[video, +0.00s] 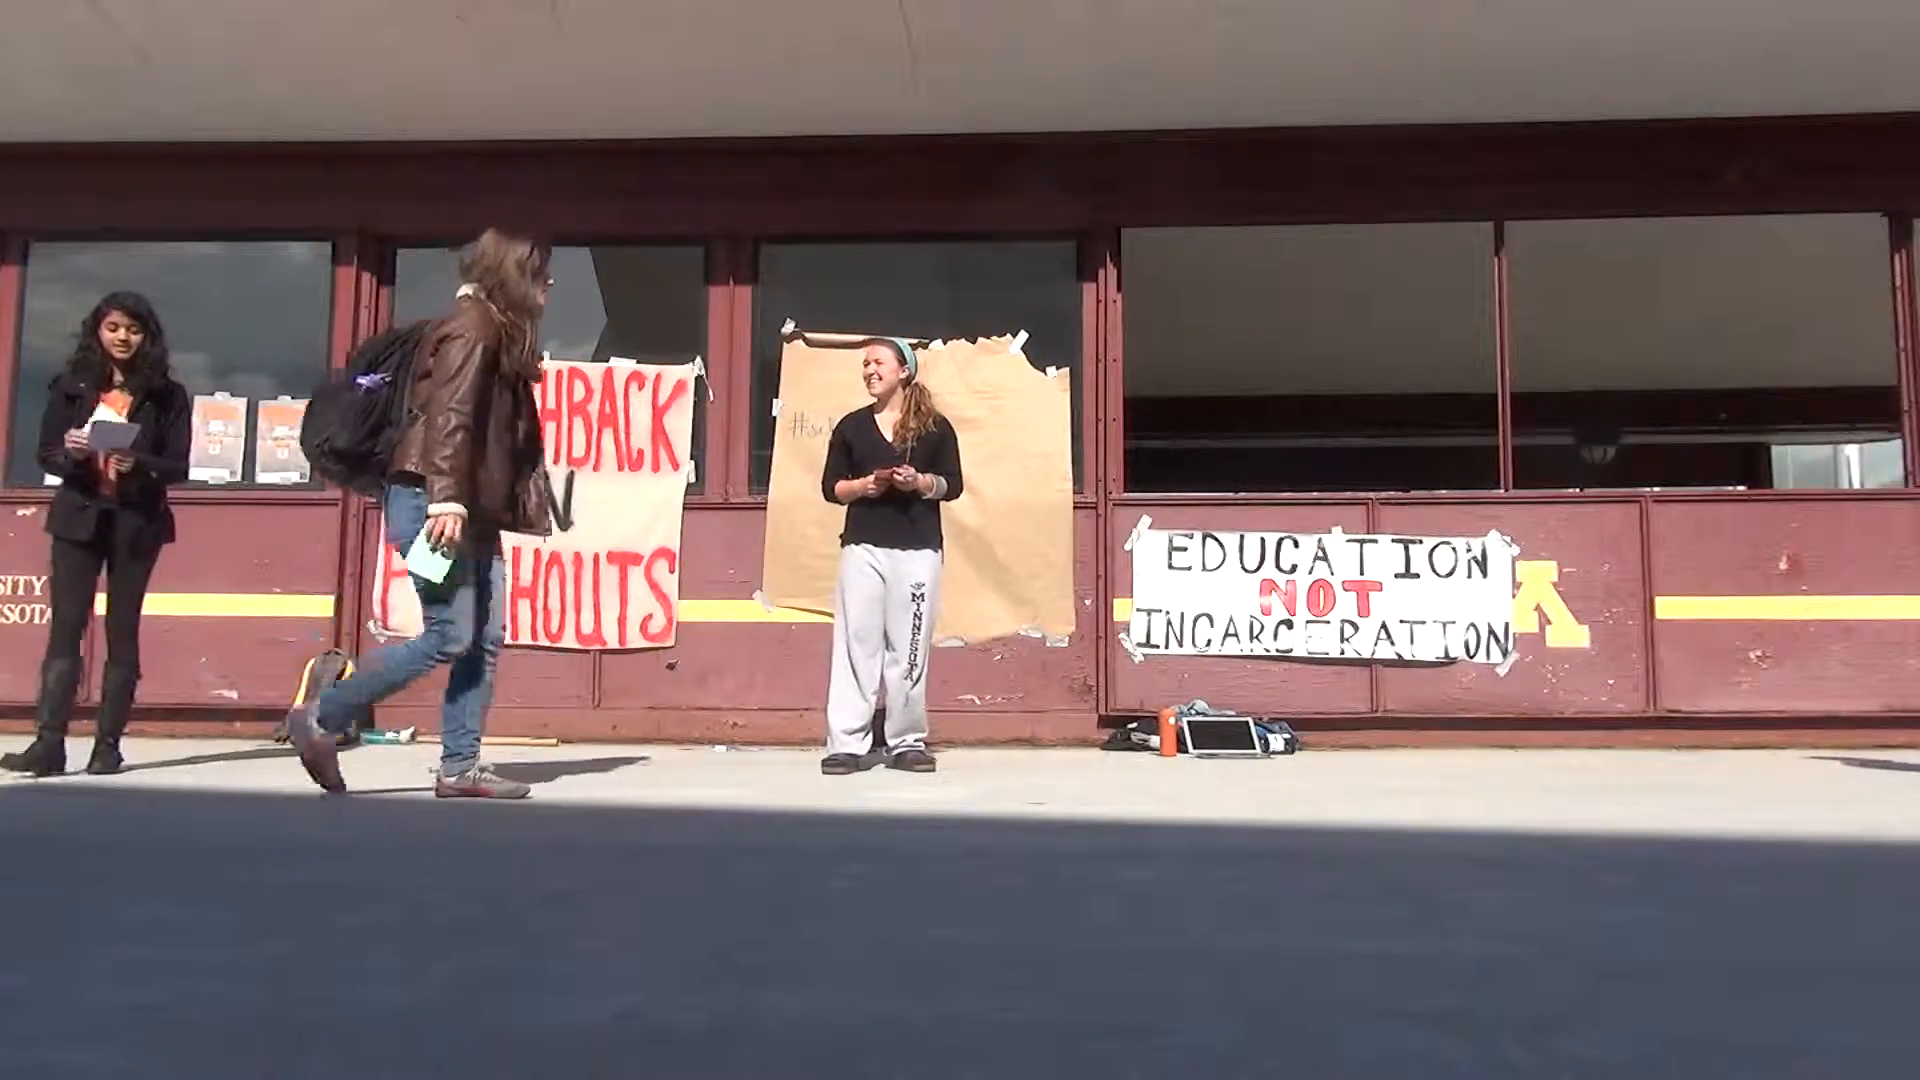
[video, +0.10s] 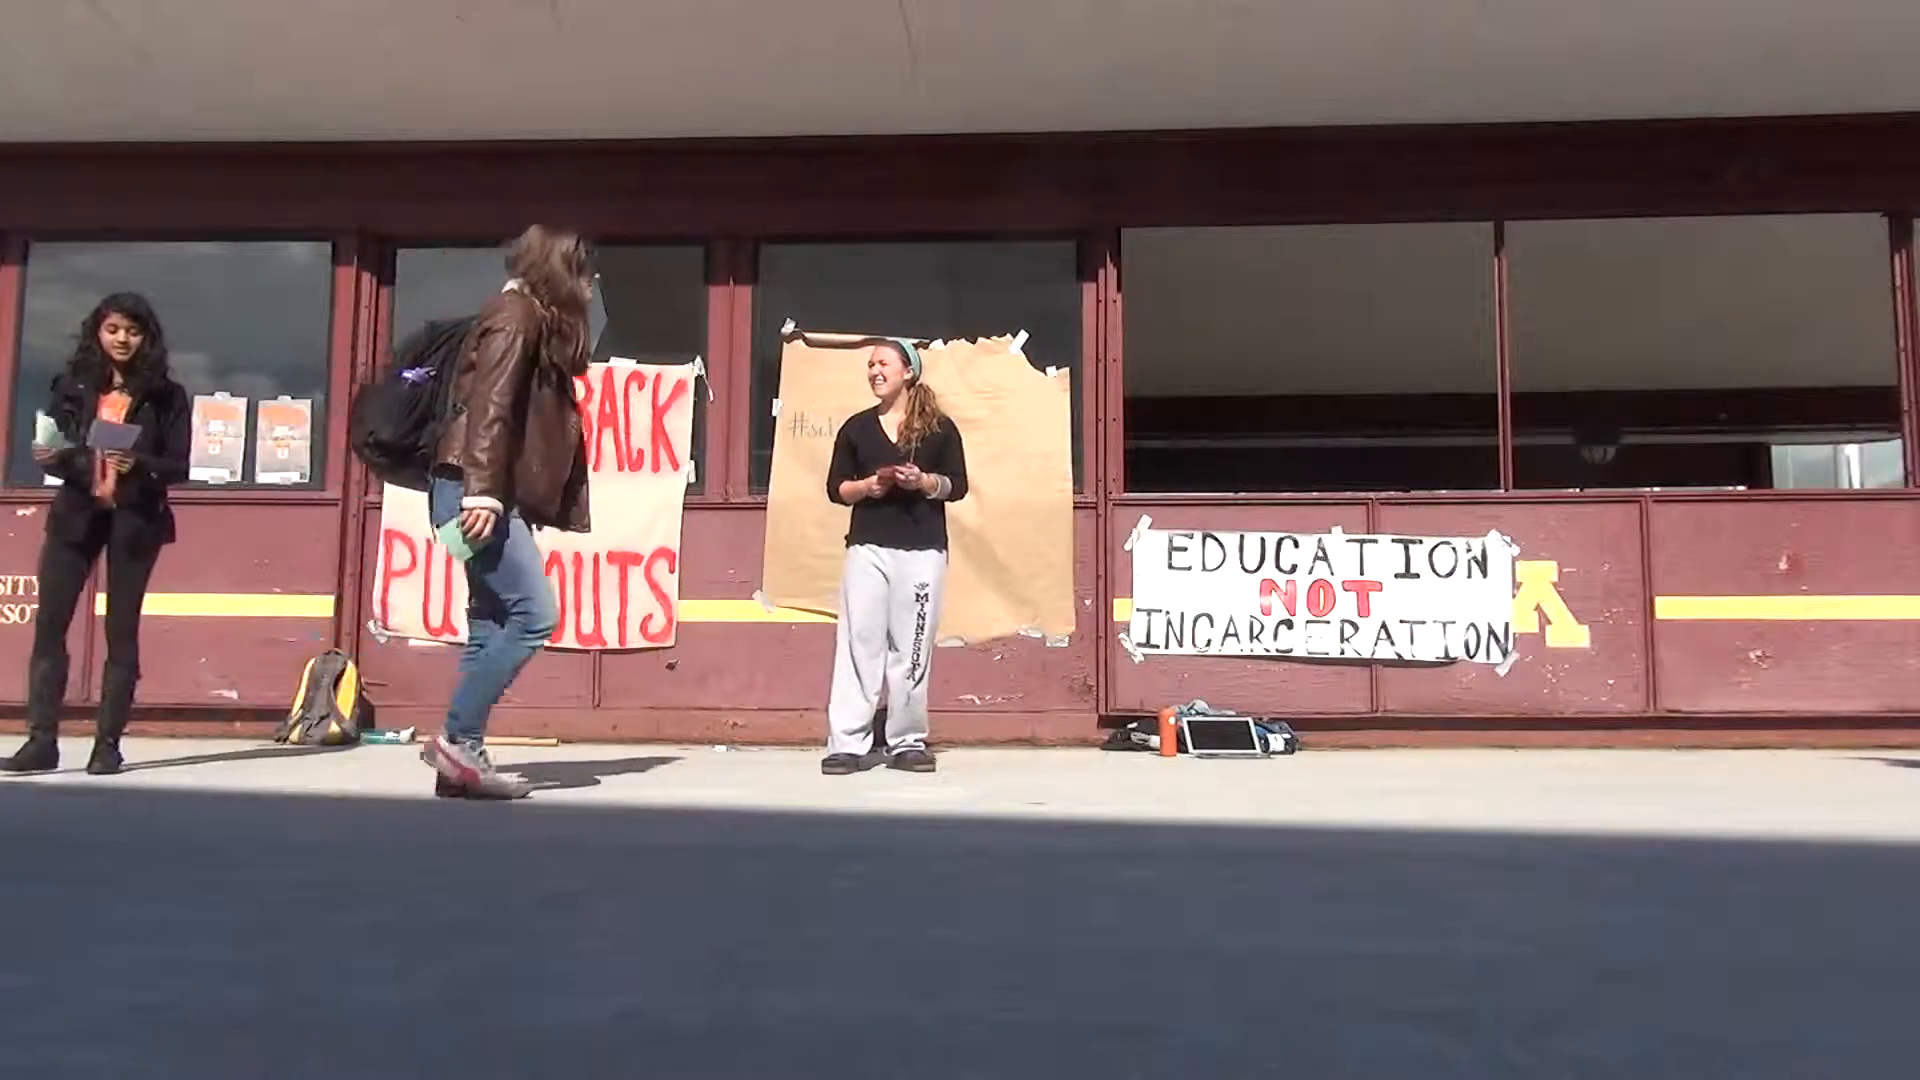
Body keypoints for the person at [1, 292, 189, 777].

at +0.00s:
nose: (122, 337)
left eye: (132, 329)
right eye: (113, 327)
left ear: (147, 335)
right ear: (96, 332)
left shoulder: (168, 393)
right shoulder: (72, 384)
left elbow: (178, 467)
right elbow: (47, 454)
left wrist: (137, 461)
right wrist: (70, 451)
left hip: (135, 520)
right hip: (77, 514)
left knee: (121, 628)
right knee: (66, 625)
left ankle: (107, 743)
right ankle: (49, 741)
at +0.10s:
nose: (122, 338)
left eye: (132, 330)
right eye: (113, 329)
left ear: (146, 337)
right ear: (96, 333)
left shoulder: (168, 394)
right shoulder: (73, 383)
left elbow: (178, 467)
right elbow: (48, 452)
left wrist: (138, 462)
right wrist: (72, 460)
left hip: (134, 518)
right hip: (76, 511)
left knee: (121, 627)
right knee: (49, 619)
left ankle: (107, 743)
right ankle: (42, 739)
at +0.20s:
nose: (121, 339)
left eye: (131, 331)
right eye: (112, 329)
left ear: (146, 338)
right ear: (96, 334)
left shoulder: (167, 394)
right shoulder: (74, 383)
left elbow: (178, 469)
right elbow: (51, 451)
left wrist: (139, 461)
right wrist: (31, 484)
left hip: (132, 520)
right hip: (75, 514)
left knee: (118, 626)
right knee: (41, 620)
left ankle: (107, 742)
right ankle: (37, 733)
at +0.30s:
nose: (125, 338)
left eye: (134, 331)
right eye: (116, 329)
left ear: (145, 338)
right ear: (95, 333)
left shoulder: (163, 394)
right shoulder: (69, 385)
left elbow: (177, 469)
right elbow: (38, 456)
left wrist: (140, 463)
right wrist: (6, 510)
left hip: (128, 521)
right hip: (70, 516)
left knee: (116, 629)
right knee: (42, 627)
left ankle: (107, 742)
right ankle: (33, 734)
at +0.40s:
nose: (125, 339)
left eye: (134, 332)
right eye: (116, 329)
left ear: (143, 341)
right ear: (93, 334)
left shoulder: (155, 395)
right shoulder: (62, 385)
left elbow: (174, 469)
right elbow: (30, 464)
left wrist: (140, 465)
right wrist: (3, 524)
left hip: (124, 520)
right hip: (66, 516)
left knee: (113, 628)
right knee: (49, 629)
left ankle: (107, 742)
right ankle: (36, 738)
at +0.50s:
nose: (120, 338)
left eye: (128, 332)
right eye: (110, 329)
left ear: (136, 342)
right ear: (85, 334)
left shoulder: (147, 395)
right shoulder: (52, 389)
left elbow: (164, 470)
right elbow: (24, 467)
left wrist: (138, 468)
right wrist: (3, 524)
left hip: (118, 521)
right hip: (59, 518)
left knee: (108, 627)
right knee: (51, 630)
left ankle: (107, 744)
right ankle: (38, 740)